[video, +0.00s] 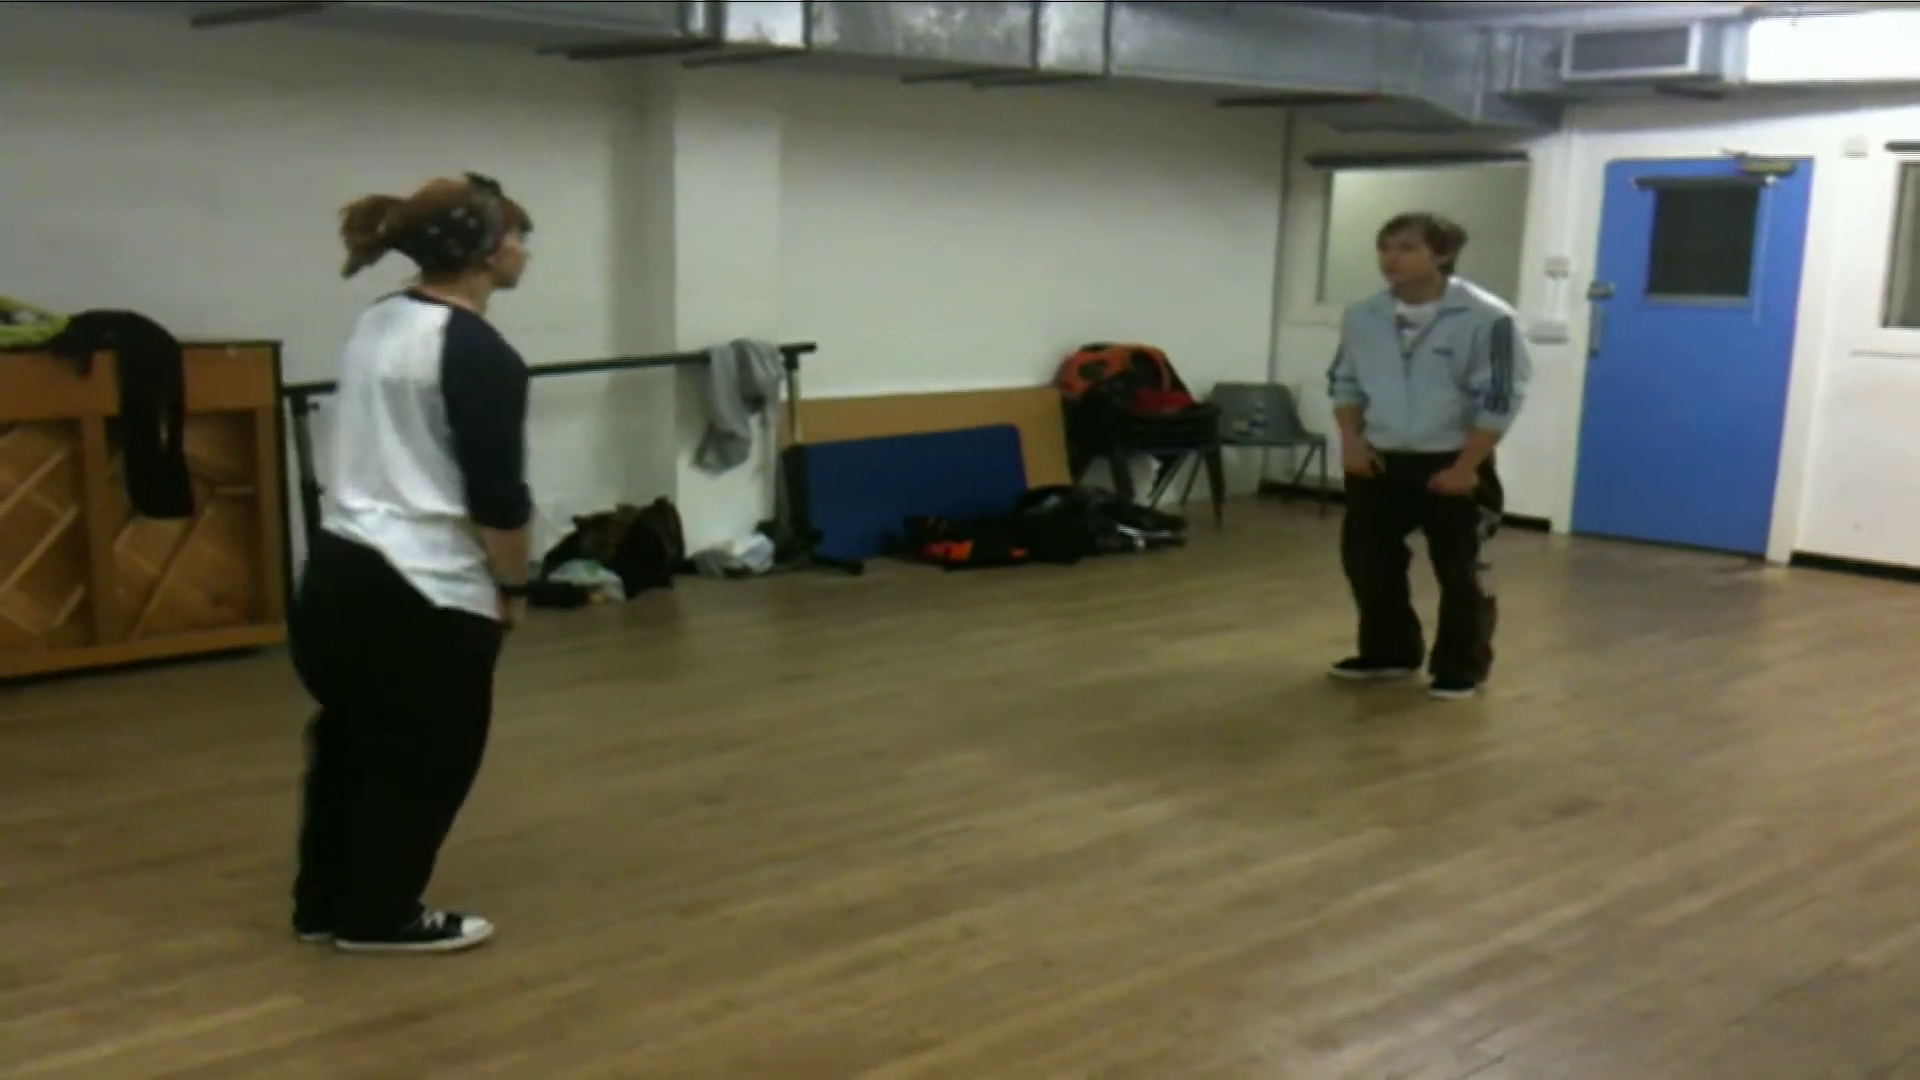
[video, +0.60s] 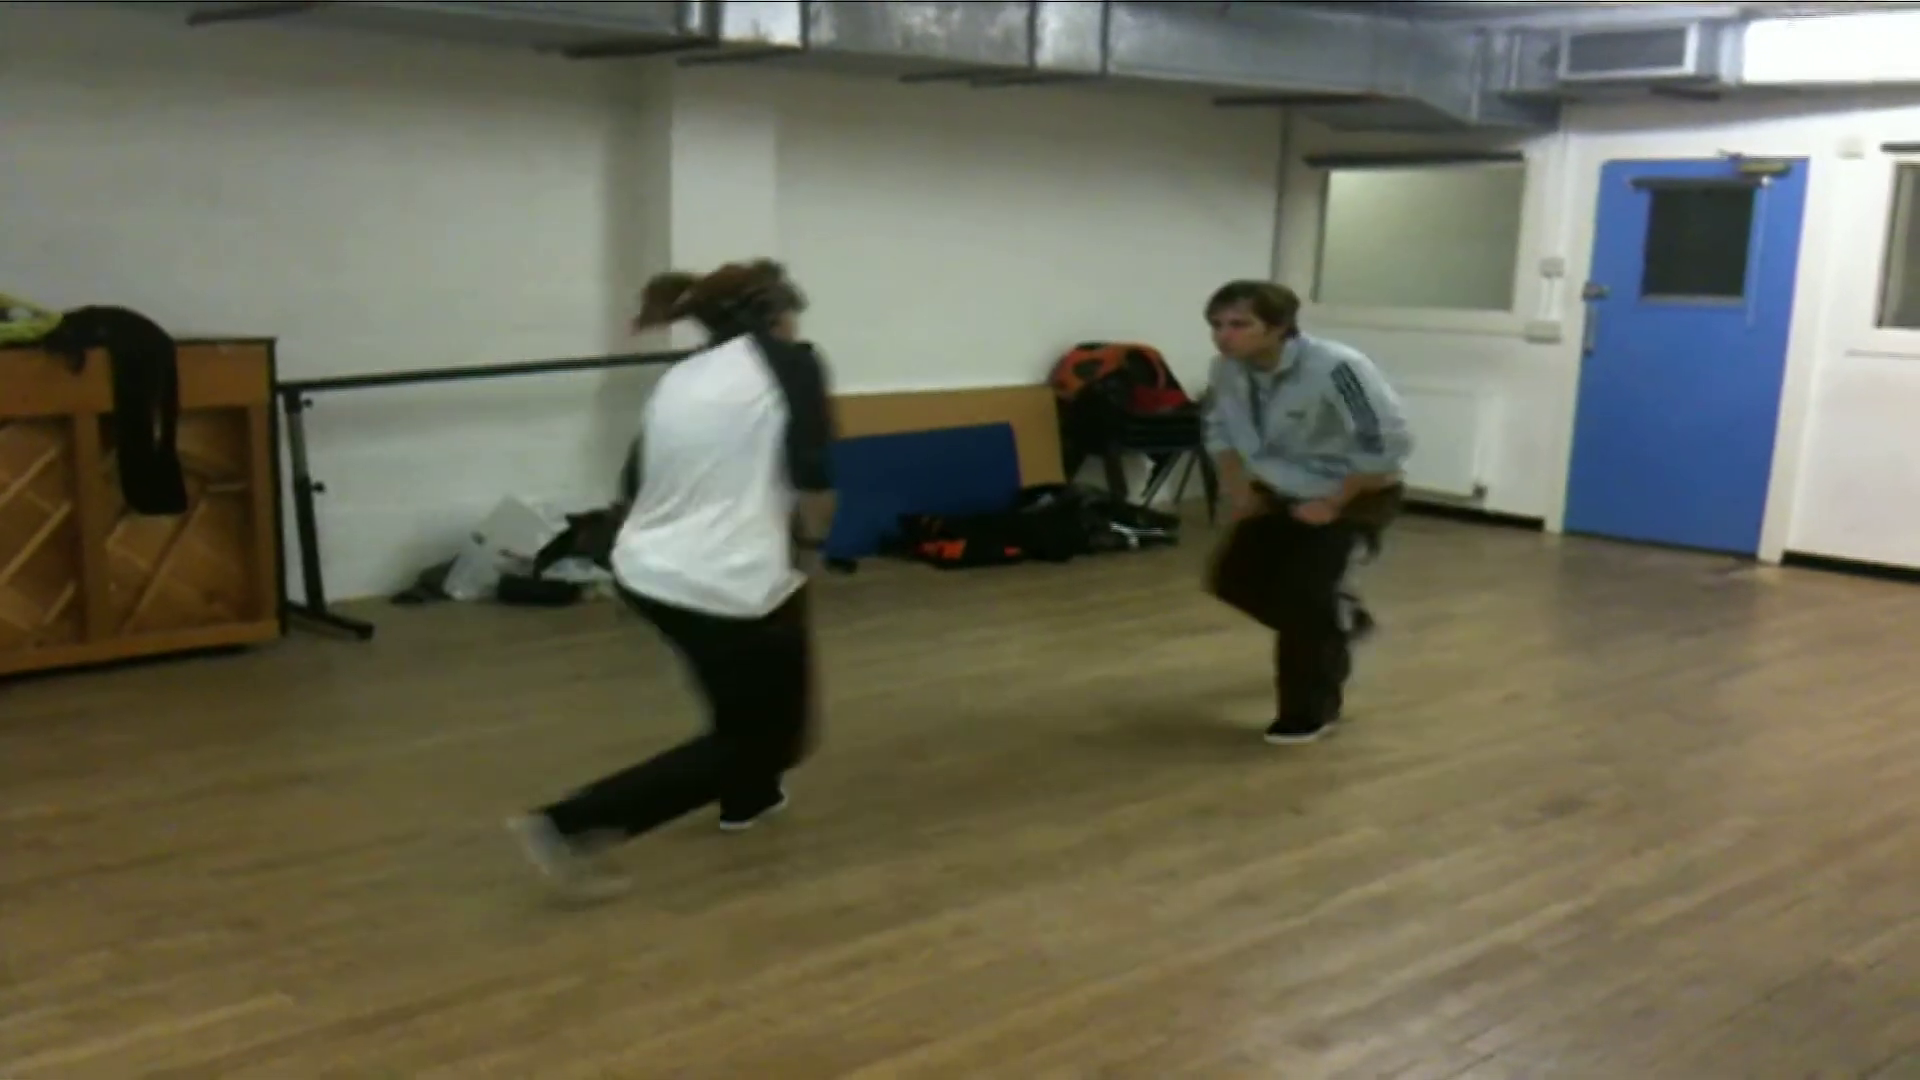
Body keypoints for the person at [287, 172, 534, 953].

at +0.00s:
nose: (525, 247)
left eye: (522, 233)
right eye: (516, 234)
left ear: (440, 246)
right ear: (479, 248)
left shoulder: (375, 326)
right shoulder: (480, 354)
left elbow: (370, 461)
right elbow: (498, 500)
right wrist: (512, 588)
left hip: (341, 576)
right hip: (428, 594)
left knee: (355, 736)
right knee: (434, 757)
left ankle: (325, 900)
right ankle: (379, 910)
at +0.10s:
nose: (562, 257)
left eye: (560, 242)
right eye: (554, 245)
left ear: (479, 253)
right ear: (521, 257)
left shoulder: (416, 321)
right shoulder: (508, 353)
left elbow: (430, 458)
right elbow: (538, 505)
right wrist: (550, 587)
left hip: (380, 566)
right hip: (456, 586)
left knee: (420, 730)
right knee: (451, 751)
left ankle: (349, 872)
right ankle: (378, 907)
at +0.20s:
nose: (601, 279)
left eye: (600, 264)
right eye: (595, 266)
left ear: (518, 267)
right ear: (569, 273)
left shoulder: (458, 336)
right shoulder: (552, 367)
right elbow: (583, 507)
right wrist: (592, 581)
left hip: (420, 564)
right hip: (488, 577)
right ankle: (383, 902)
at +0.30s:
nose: (648, 308)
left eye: (646, 293)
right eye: (641, 295)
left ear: (569, 301)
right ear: (616, 304)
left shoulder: (522, 362)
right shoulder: (607, 383)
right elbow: (624, 521)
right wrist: (630, 585)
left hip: (461, 568)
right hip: (511, 585)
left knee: (628, 666)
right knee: (582, 744)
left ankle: (631, 818)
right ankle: (400, 886)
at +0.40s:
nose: (707, 343)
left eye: (706, 328)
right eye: (701, 330)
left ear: (631, 331)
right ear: (673, 334)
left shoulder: (587, 386)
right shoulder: (668, 384)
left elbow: (570, 493)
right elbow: (646, 500)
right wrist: (678, 566)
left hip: (525, 587)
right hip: (582, 607)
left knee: (685, 662)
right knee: (611, 773)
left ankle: (738, 783)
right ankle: (411, 887)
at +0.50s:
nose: (746, 346)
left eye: (745, 335)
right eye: (740, 336)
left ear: (671, 340)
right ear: (718, 337)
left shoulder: (629, 397)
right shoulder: (723, 382)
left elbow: (611, 506)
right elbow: (719, 496)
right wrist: (744, 559)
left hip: (606, 590)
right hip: (663, 599)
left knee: (749, 661)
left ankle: (753, 797)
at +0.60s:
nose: (797, 324)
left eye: (795, 313)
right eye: (791, 314)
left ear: (722, 320)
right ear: (772, 316)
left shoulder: (680, 376)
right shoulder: (793, 364)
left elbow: (637, 479)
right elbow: (815, 479)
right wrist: (807, 540)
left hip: (649, 568)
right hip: (739, 581)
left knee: (735, 685)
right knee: (771, 738)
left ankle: (747, 798)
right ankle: (570, 825)